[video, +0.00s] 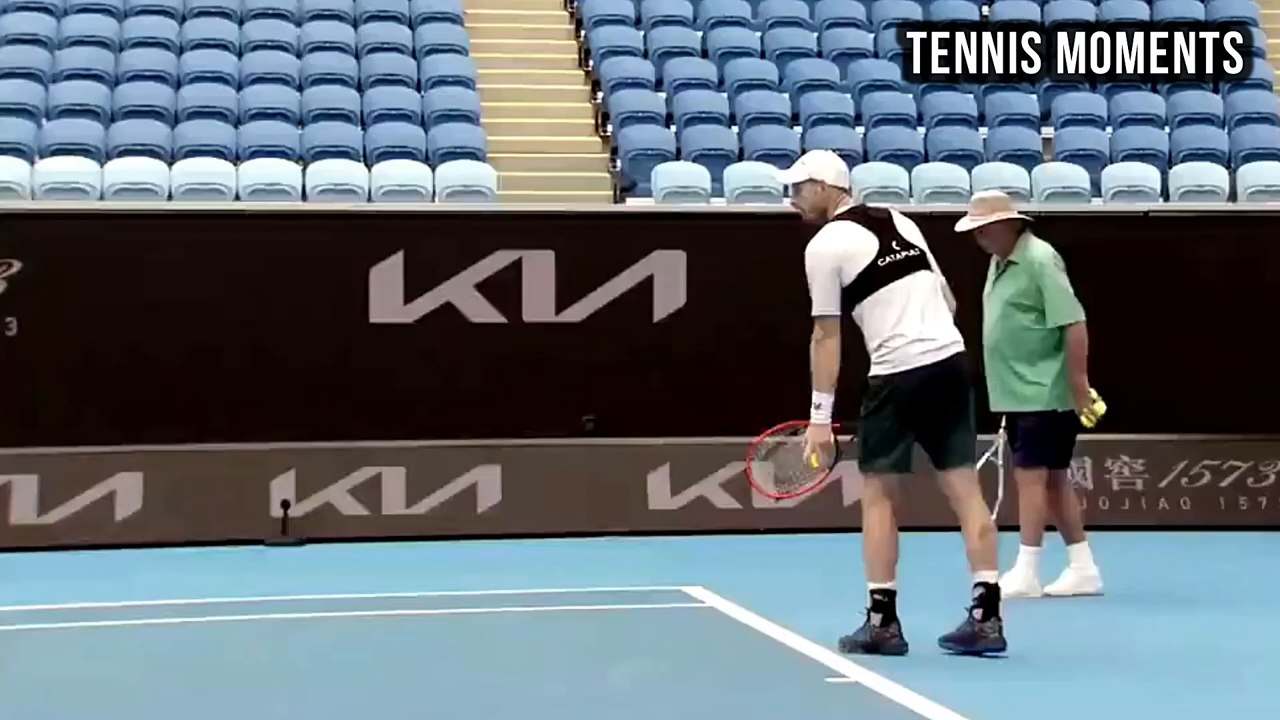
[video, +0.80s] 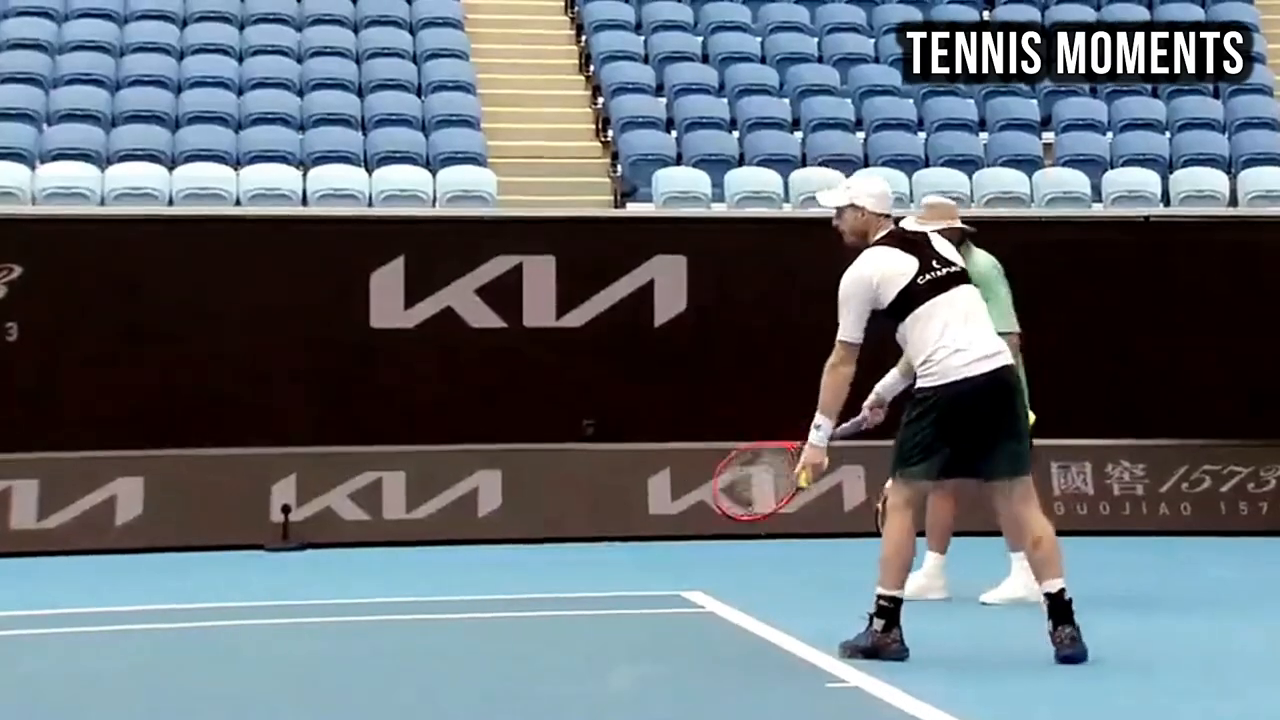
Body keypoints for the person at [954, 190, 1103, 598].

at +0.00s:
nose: (979, 239)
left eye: (984, 230)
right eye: (976, 232)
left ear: (1007, 225)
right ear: (986, 231)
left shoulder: (1041, 258)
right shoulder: (999, 263)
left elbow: (1074, 324)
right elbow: (1005, 336)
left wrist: (1078, 384)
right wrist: (1005, 401)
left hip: (1045, 393)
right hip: (1019, 393)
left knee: (1028, 476)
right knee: (1054, 480)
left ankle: (1026, 573)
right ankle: (1084, 567)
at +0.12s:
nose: (970, 241)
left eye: (974, 233)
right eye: (968, 235)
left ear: (998, 228)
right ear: (984, 232)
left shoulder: (1028, 261)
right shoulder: (995, 261)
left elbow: (1070, 322)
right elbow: (1007, 332)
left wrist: (1084, 375)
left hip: (1038, 394)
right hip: (1013, 393)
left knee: (1022, 477)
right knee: (1040, 480)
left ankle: (1025, 574)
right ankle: (1078, 561)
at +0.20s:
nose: (966, 243)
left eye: (970, 236)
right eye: (963, 237)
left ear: (993, 230)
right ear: (981, 233)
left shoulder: (1022, 262)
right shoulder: (993, 260)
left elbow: (1066, 322)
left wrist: (1083, 367)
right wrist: (1079, 363)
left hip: (1032, 395)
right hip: (1008, 394)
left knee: (1020, 479)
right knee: (1030, 479)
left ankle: (1024, 573)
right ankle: (1072, 554)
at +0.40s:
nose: (956, 246)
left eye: (960, 239)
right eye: (954, 240)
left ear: (982, 233)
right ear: (971, 236)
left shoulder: (1012, 265)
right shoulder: (982, 262)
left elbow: (1049, 327)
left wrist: (1068, 374)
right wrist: (1068, 371)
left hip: (1023, 396)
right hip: (999, 394)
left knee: (1018, 481)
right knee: (1004, 478)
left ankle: (1025, 571)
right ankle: (1035, 552)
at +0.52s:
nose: (949, 248)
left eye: (953, 240)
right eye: (947, 241)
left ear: (976, 235)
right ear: (962, 238)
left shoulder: (1006, 267)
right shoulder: (971, 264)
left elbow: (1037, 334)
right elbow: (975, 328)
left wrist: (1050, 388)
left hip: (1018, 397)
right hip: (982, 396)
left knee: (1020, 483)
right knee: (972, 477)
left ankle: (1031, 571)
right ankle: (992, 561)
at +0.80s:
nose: (927, 243)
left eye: (933, 234)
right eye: (923, 235)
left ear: (953, 230)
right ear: (923, 236)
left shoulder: (982, 265)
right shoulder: (927, 268)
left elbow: (1009, 340)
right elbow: (923, 344)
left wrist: (1017, 403)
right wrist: (887, 393)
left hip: (998, 388)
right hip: (948, 390)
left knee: (1007, 484)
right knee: (941, 481)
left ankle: (1023, 570)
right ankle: (932, 570)